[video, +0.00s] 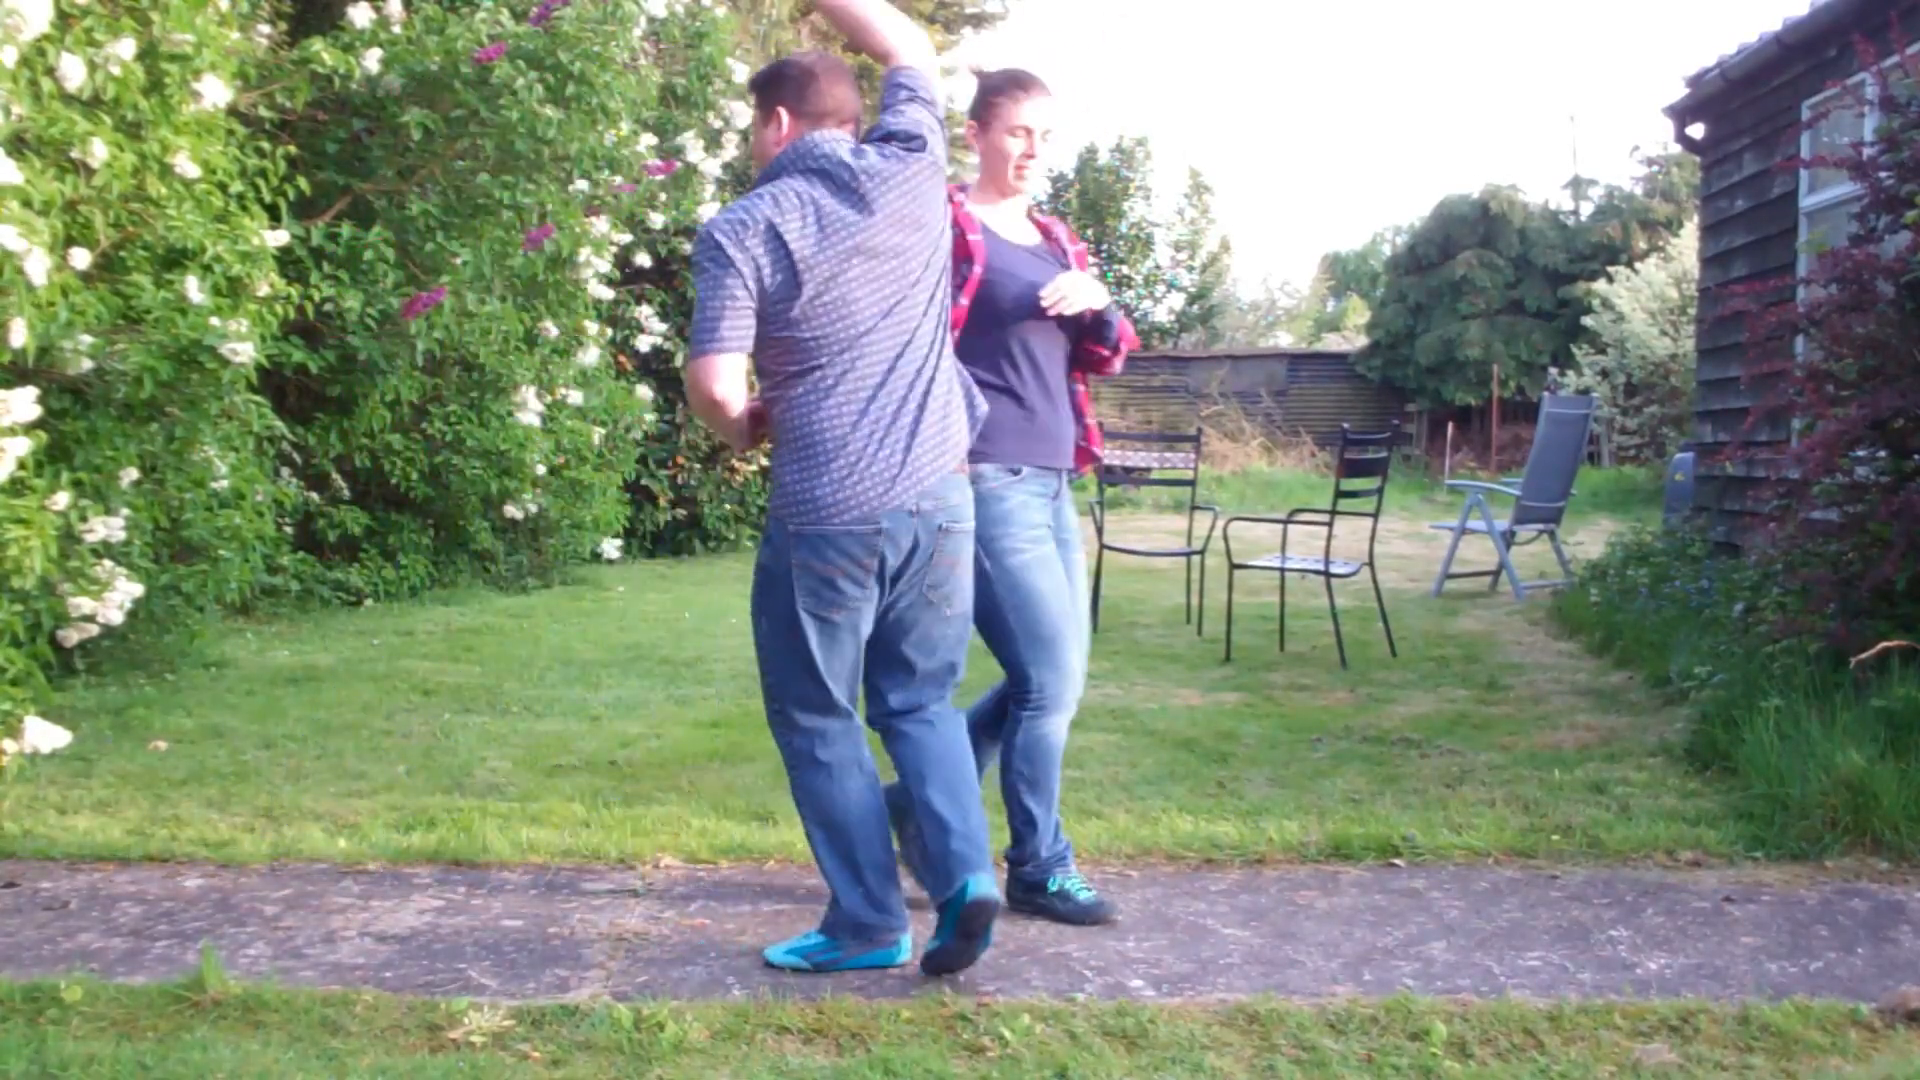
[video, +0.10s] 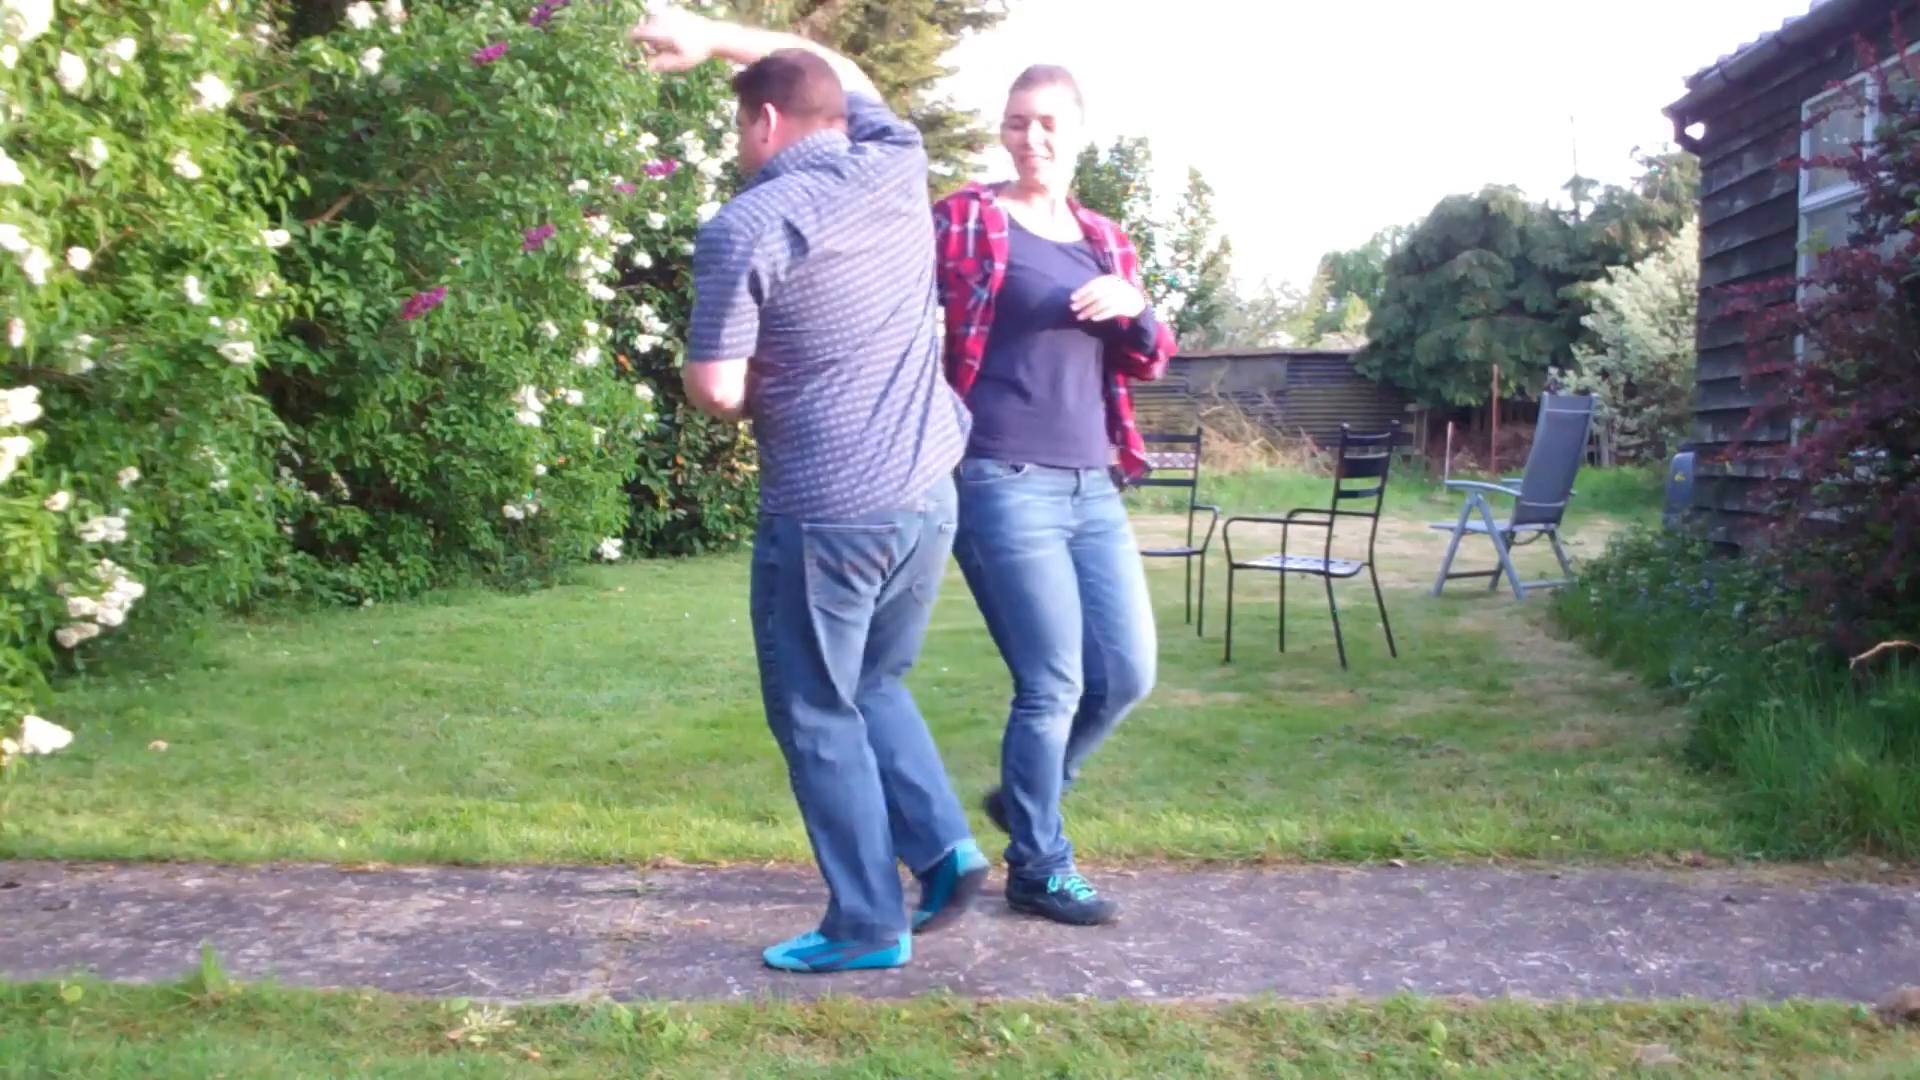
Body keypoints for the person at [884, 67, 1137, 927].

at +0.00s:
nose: (1030, 149)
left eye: (1041, 136)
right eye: (1016, 132)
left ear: (1047, 144)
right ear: (974, 134)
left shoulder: (1054, 236)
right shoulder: (946, 220)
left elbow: (1108, 356)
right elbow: (918, 323)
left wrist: (1095, 309)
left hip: (1057, 477)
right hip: (990, 473)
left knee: (1053, 678)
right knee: (1050, 674)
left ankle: (920, 797)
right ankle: (1037, 861)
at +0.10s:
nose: (1035, 137)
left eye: (1050, 123)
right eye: (1021, 122)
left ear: (1079, 133)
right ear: (1000, 130)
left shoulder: (1105, 236)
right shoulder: (964, 217)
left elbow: (1152, 359)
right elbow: (903, 317)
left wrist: (1132, 309)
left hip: (1093, 481)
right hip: (1004, 479)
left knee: (1126, 672)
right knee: (1051, 681)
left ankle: (1017, 794)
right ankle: (1038, 867)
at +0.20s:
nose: (1030, 132)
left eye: (1047, 120)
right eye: (1026, 118)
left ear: (1099, 127)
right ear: (1024, 124)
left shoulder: (1146, 231)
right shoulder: (993, 215)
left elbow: (1189, 359)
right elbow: (903, 310)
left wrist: (1159, 313)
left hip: (1129, 483)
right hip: (1022, 481)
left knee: (1157, 685)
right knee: (1055, 686)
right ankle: (1039, 868)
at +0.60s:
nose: (1117, 142)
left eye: (1132, 126)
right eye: (1115, 126)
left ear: (1189, 131)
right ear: (1152, 134)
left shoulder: (1247, 226)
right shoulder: (1119, 240)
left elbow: (1278, 333)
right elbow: (1054, 339)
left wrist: (1173, 286)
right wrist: (946, 380)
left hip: (1215, 498)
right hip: (1121, 496)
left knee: (1193, 700)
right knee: (1107, 702)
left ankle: (1255, 903)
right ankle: (1108, 855)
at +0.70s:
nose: (1143, 149)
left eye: (1157, 134)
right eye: (1143, 134)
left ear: (1212, 136)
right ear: (1176, 138)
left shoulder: (1265, 234)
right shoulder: (1154, 248)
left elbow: (1275, 341)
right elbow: (1084, 351)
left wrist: (1164, 291)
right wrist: (981, 394)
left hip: (1240, 499)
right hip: (1155, 501)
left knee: (1188, 704)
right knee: (1125, 699)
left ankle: (1256, 906)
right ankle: (1204, 846)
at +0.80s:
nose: (1166, 150)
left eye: (1181, 135)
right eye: (1167, 135)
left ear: (1235, 142)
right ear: (1209, 145)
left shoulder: (1285, 237)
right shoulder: (1185, 252)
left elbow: (1274, 354)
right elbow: (1116, 354)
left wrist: (1159, 304)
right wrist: (1017, 397)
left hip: (1259, 494)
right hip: (1193, 496)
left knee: (1193, 701)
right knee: (1157, 700)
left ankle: (1253, 905)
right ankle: (1306, 815)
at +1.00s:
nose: (1208, 141)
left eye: (1222, 127)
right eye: (1211, 127)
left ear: (1274, 132)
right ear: (1262, 133)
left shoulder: (1318, 226)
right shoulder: (1240, 242)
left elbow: (1273, 345)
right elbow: (1172, 348)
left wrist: (1163, 303)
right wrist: (1079, 387)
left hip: (1296, 487)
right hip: (1268, 487)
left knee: (1226, 695)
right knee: (1292, 699)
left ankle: (1252, 905)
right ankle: (1417, 849)